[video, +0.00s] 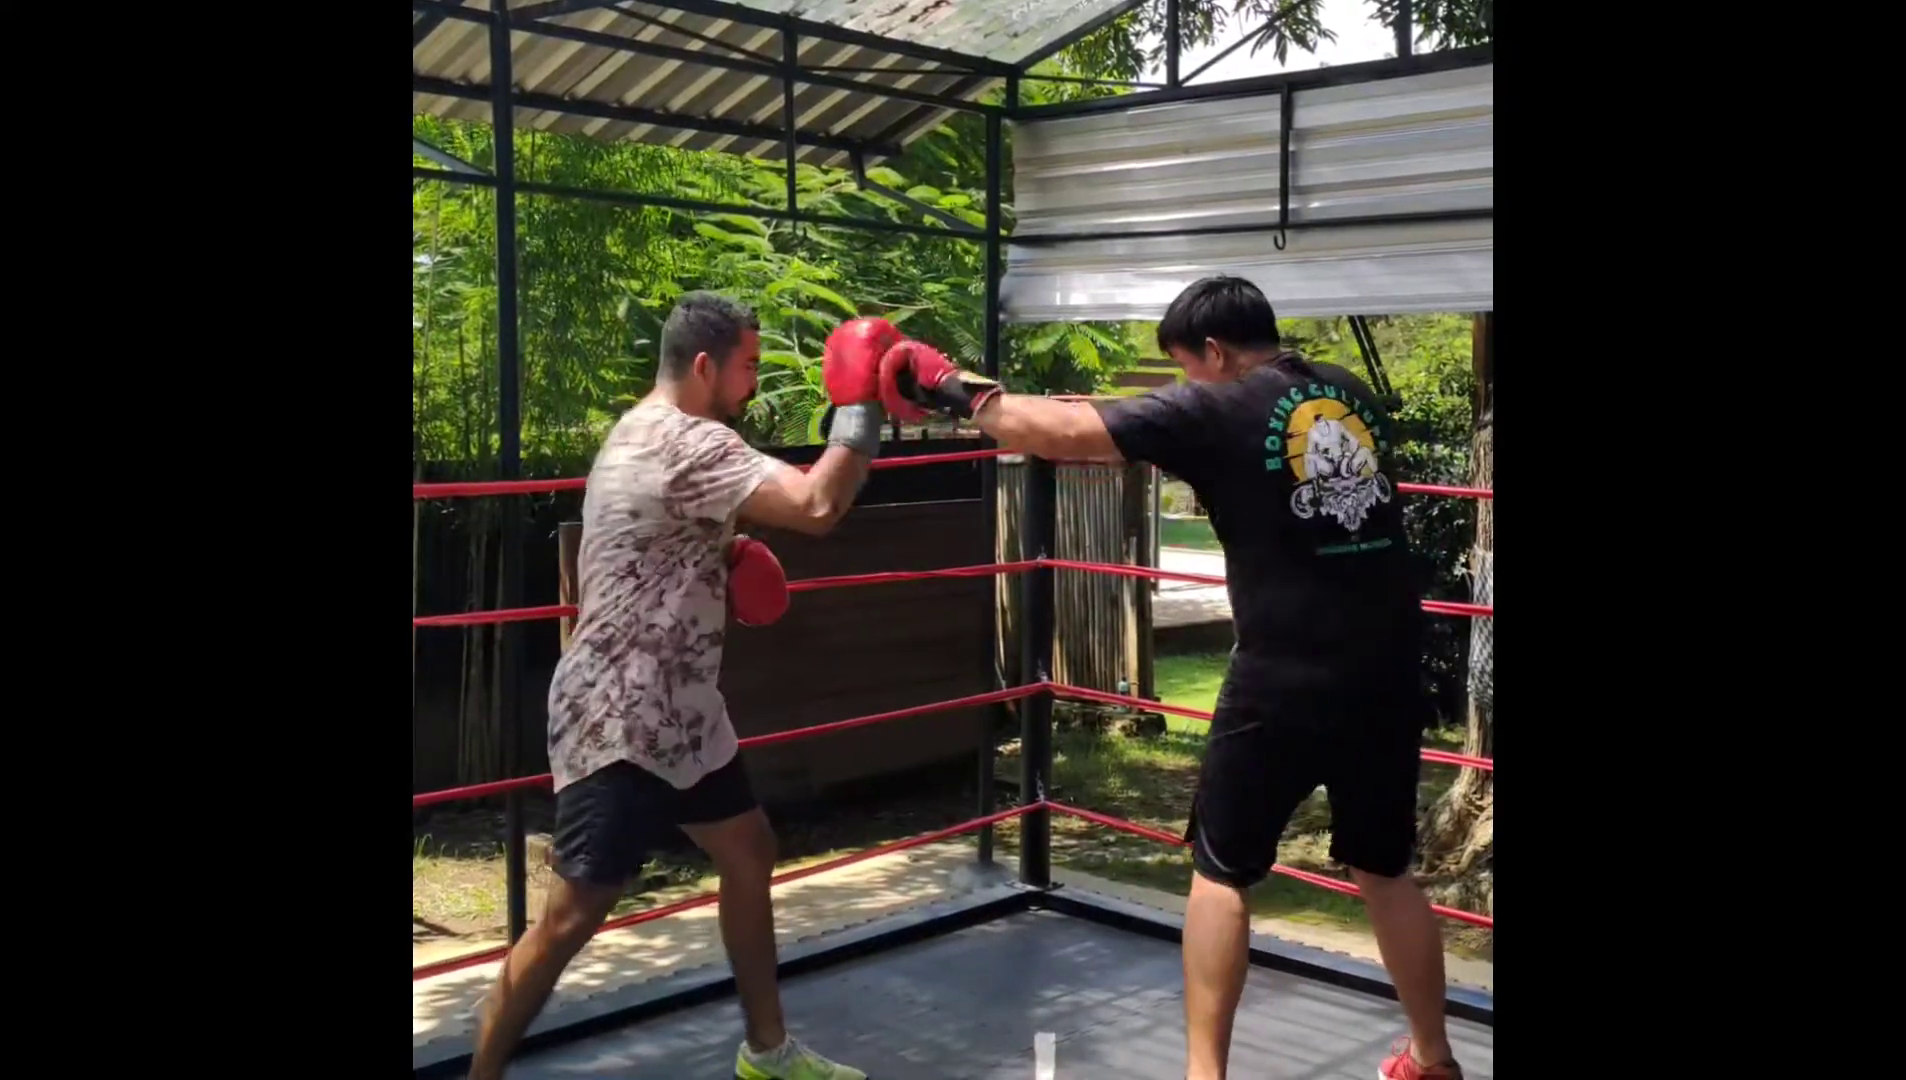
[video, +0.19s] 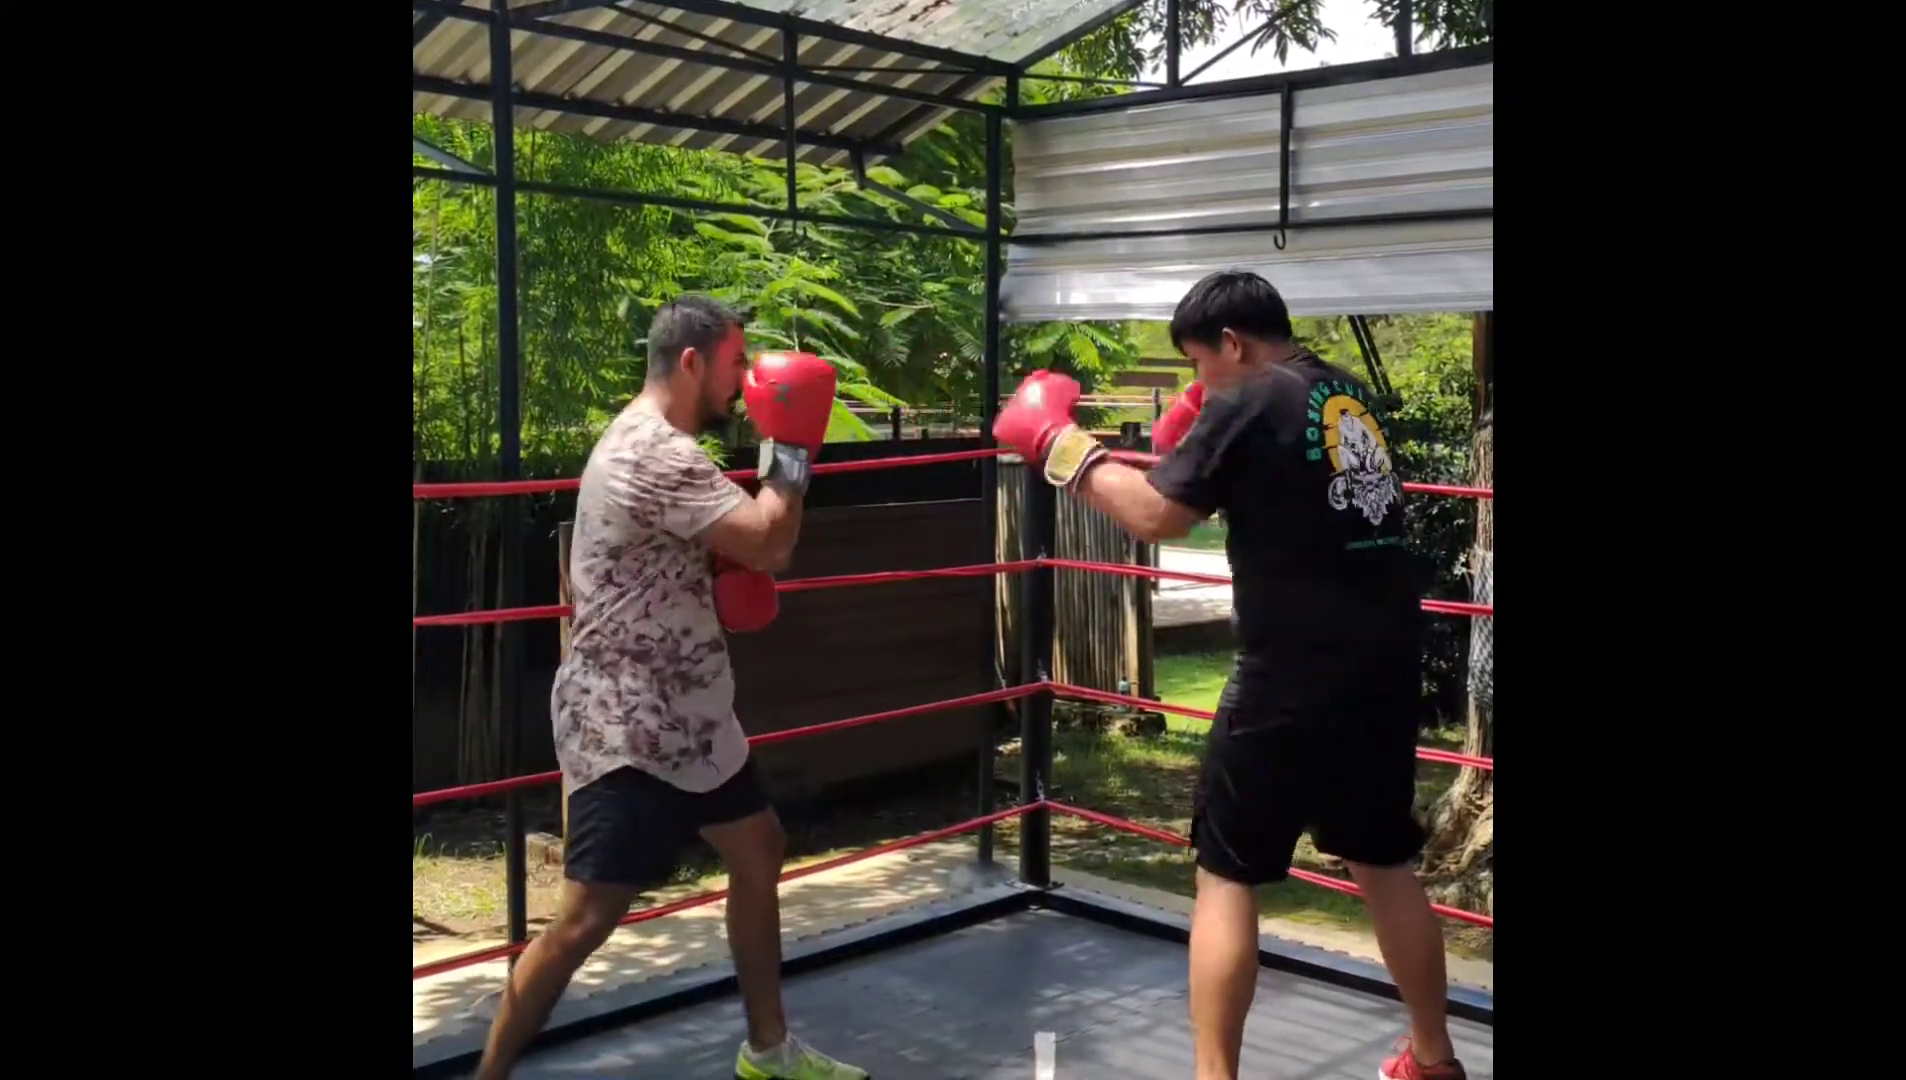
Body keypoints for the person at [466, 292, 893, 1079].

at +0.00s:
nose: (755, 383)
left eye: (757, 366)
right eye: (750, 365)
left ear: (688, 363)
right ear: (707, 363)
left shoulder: (644, 432)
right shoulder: (686, 444)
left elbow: (619, 564)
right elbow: (816, 507)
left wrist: (717, 570)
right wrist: (859, 404)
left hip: (677, 708)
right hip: (621, 713)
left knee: (747, 852)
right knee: (567, 918)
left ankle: (769, 1048)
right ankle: (482, 1071)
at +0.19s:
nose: (743, 379)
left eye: (744, 364)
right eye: (736, 362)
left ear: (678, 364)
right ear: (692, 362)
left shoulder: (644, 440)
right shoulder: (654, 454)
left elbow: (607, 577)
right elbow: (769, 542)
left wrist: (720, 583)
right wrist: (788, 450)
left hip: (685, 719)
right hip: (629, 726)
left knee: (758, 850)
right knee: (582, 923)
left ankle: (770, 1046)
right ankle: (489, 1072)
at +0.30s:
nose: (732, 377)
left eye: (735, 361)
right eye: (725, 359)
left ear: (673, 361)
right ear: (679, 358)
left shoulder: (683, 453)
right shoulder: (609, 454)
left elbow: (710, 574)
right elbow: (704, 570)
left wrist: (718, 594)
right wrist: (745, 477)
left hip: (678, 715)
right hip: (595, 723)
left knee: (734, 856)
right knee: (555, 919)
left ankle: (768, 1046)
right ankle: (479, 1072)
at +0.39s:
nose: (711, 394)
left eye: (712, 377)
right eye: (703, 376)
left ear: (654, 375)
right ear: (655, 374)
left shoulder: (662, 466)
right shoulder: (565, 471)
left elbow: (672, 567)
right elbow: (642, 592)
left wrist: (685, 610)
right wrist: (702, 493)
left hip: (652, 720)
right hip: (561, 730)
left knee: (725, 859)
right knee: (533, 929)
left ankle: (767, 1048)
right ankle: (474, 1075)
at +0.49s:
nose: (684, 411)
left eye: (688, 396)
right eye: (678, 393)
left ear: (630, 387)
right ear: (630, 385)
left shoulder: (636, 475)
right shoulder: (531, 482)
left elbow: (656, 583)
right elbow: (602, 605)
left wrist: (661, 623)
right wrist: (673, 513)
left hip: (627, 717)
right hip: (539, 728)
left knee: (710, 866)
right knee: (529, 932)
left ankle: (766, 1048)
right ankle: (472, 1075)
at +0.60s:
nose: (673, 400)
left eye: (679, 384)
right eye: (668, 380)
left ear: (620, 375)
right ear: (617, 371)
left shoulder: (620, 462)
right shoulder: (526, 469)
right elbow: (605, 594)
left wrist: (661, 590)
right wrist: (668, 496)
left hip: (625, 717)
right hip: (539, 727)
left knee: (695, 870)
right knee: (528, 933)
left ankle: (763, 1046)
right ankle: (473, 1074)